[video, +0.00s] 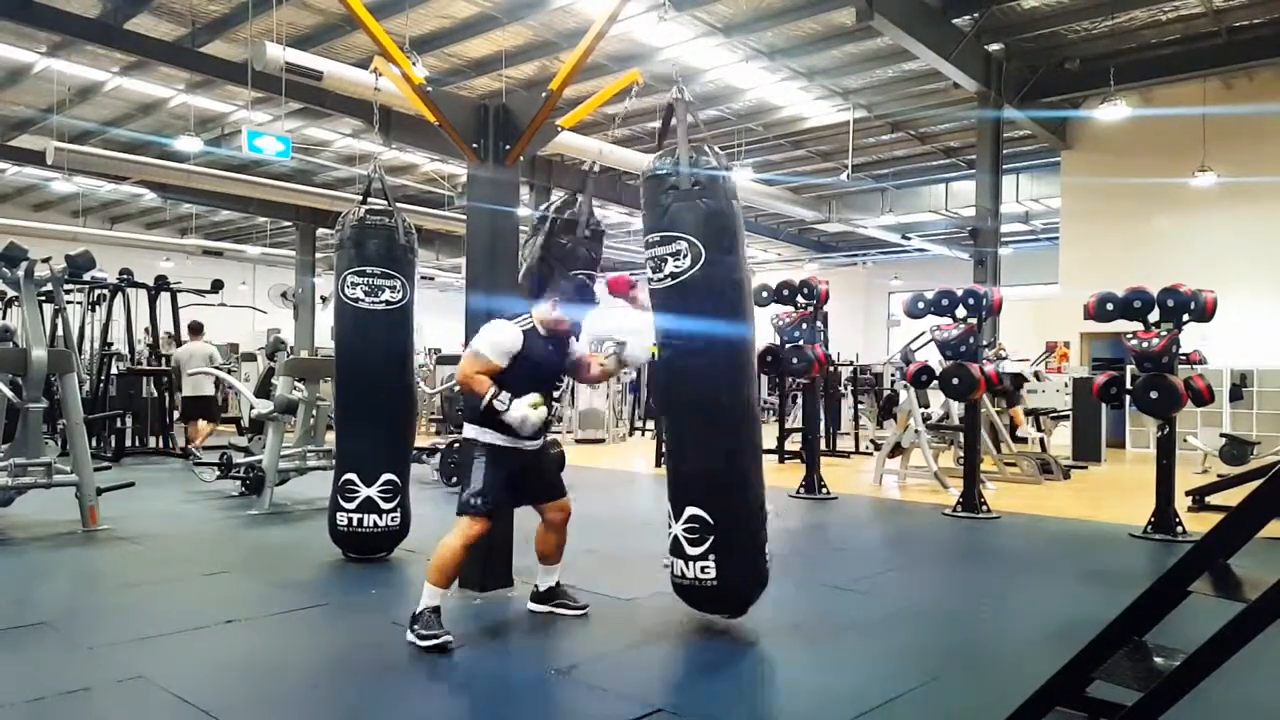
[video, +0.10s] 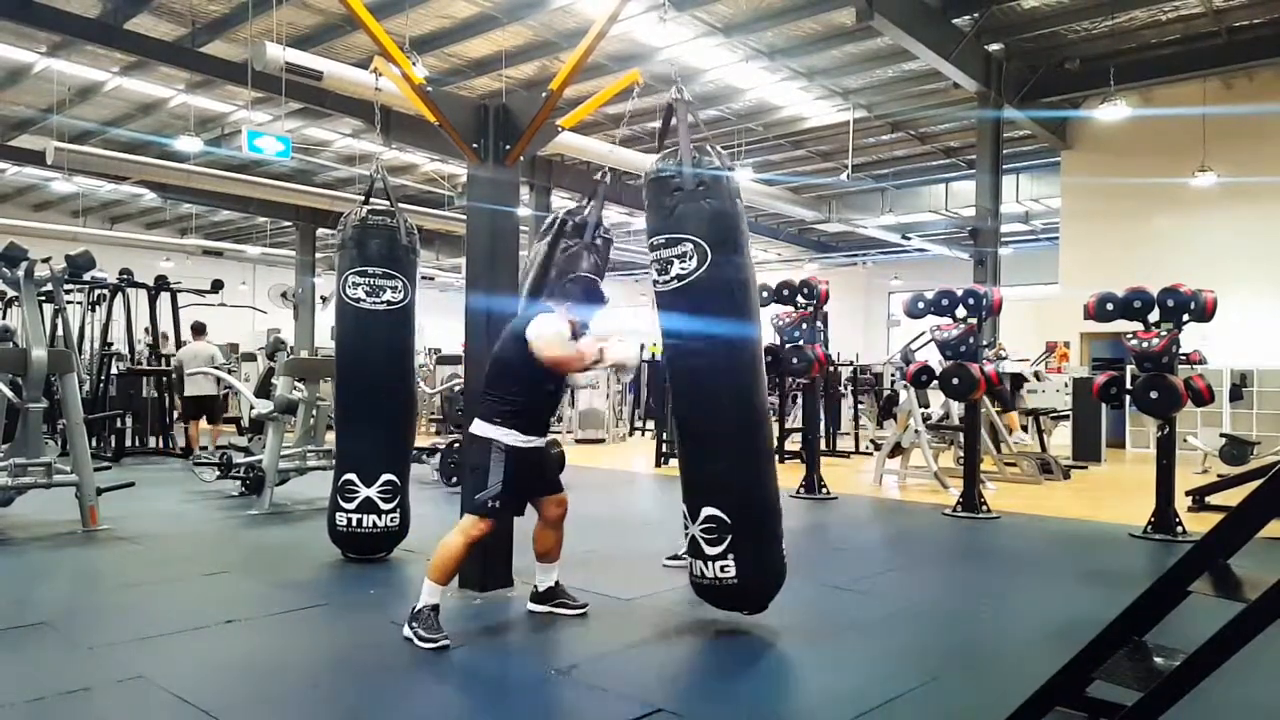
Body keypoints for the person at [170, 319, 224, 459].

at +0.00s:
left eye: (191, 332)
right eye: (201, 333)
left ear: (188, 333)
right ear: (203, 333)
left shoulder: (179, 352)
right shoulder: (210, 349)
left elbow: (175, 373)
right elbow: (219, 369)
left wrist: (178, 389)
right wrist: (219, 386)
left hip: (188, 392)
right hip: (206, 392)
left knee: (191, 423)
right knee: (212, 421)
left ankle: (194, 450)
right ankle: (196, 444)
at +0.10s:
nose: (199, 335)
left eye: (194, 333)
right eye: (203, 333)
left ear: (191, 333)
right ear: (206, 333)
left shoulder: (182, 352)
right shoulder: (213, 349)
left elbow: (177, 374)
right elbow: (221, 370)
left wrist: (180, 392)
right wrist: (221, 388)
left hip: (190, 393)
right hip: (210, 392)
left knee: (193, 423)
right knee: (216, 423)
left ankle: (195, 452)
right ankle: (212, 448)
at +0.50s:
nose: (210, 337)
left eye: (209, 334)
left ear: (209, 335)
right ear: (222, 335)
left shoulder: (199, 351)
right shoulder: (229, 351)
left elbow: (193, 369)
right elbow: (236, 370)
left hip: (205, 392)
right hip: (224, 392)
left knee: (202, 421)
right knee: (226, 424)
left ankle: (199, 448)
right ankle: (224, 450)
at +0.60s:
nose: (212, 337)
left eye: (212, 335)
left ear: (212, 335)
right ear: (226, 336)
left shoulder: (204, 350)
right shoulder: (232, 351)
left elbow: (195, 366)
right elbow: (241, 371)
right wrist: (243, 386)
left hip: (208, 392)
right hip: (227, 392)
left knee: (208, 422)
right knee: (227, 422)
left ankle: (206, 443)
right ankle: (225, 450)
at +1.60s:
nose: (203, 342)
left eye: (204, 340)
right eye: (204, 340)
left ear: (207, 340)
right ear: (216, 340)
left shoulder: (201, 351)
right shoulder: (227, 353)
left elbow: (188, 366)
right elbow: (233, 372)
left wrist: (177, 373)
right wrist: (232, 385)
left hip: (207, 391)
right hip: (224, 390)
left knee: (202, 419)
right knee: (222, 420)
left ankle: (210, 442)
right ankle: (220, 447)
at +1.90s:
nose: (188, 353)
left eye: (188, 351)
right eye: (187, 352)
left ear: (190, 348)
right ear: (200, 345)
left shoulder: (190, 356)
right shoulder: (215, 352)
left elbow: (176, 369)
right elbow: (226, 367)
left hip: (203, 390)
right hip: (220, 387)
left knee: (197, 419)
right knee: (221, 419)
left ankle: (197, 447)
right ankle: (220, 446)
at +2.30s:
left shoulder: (180, 365)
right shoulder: (206, 357)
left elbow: (180, 390)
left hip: (199, 390)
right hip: (217, 386)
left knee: (196, 420)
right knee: (219, 418)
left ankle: (196, 447)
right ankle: (219, 446)